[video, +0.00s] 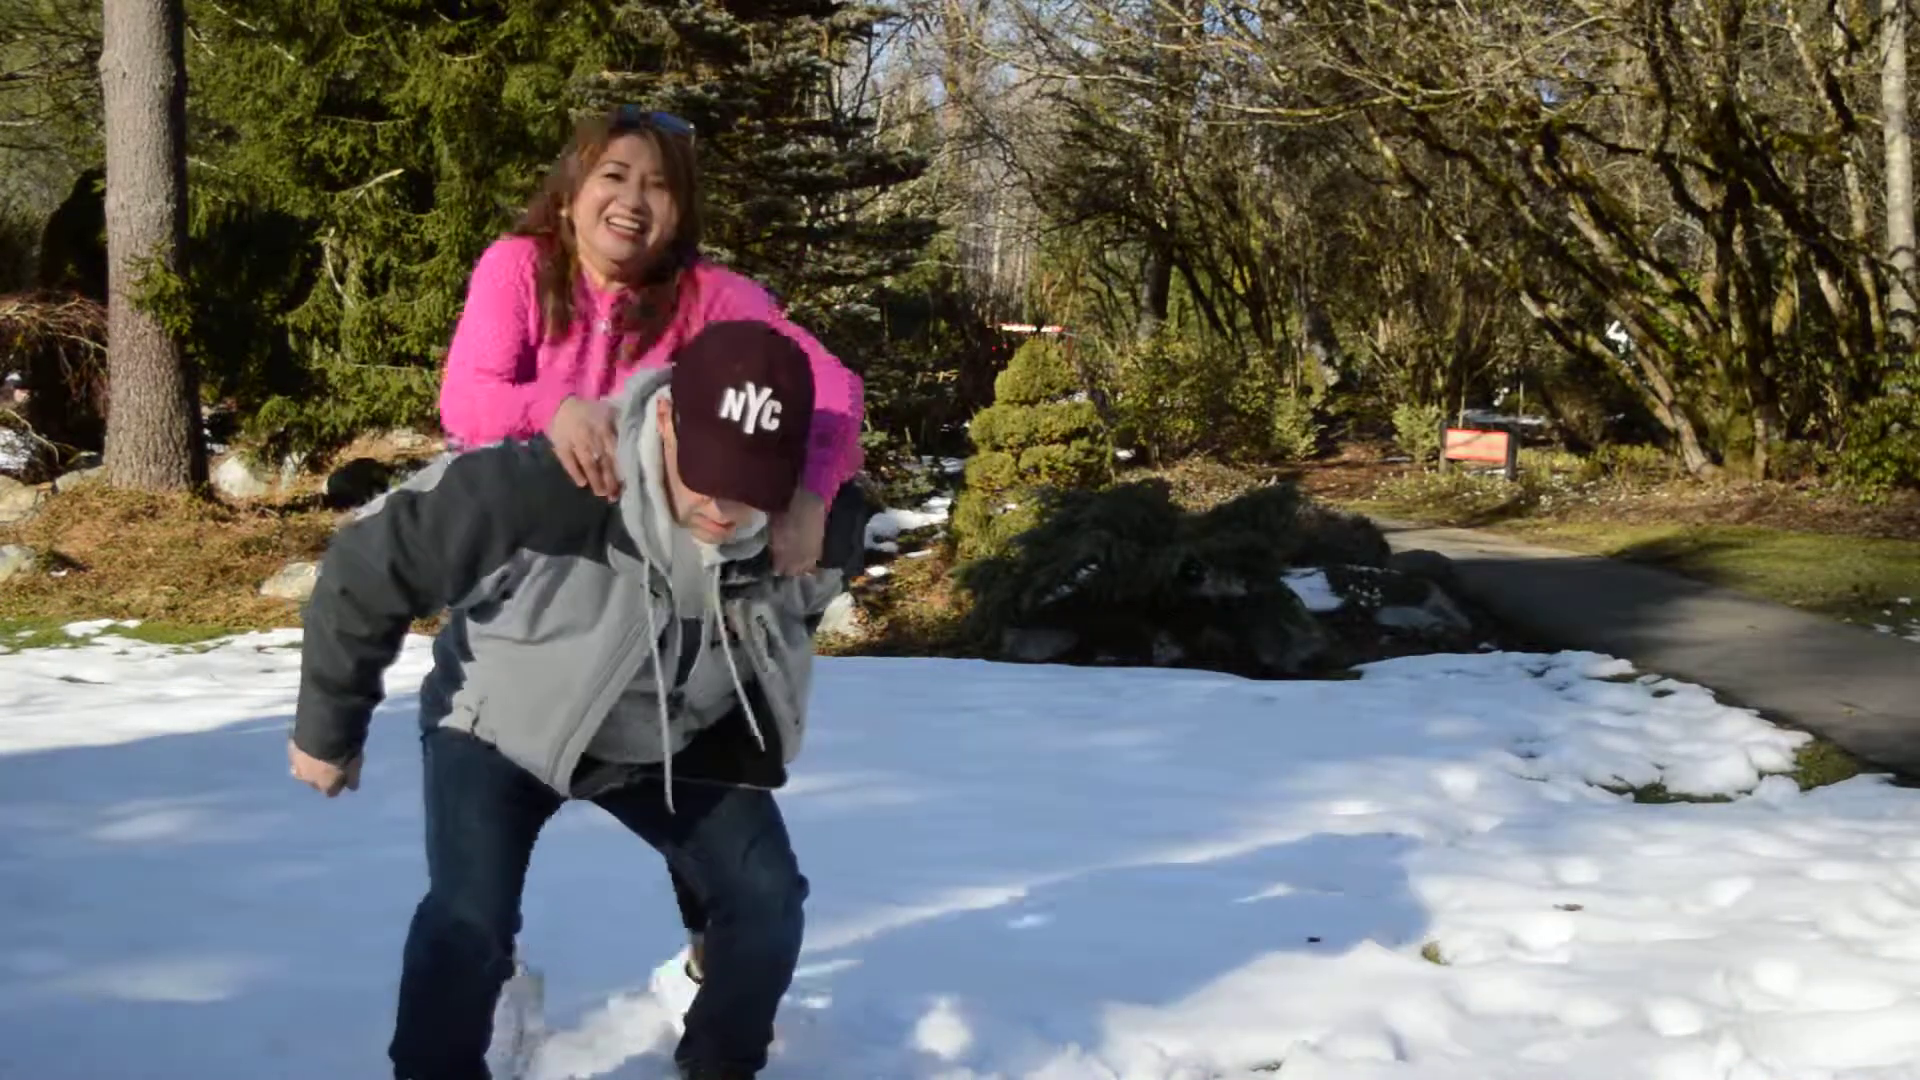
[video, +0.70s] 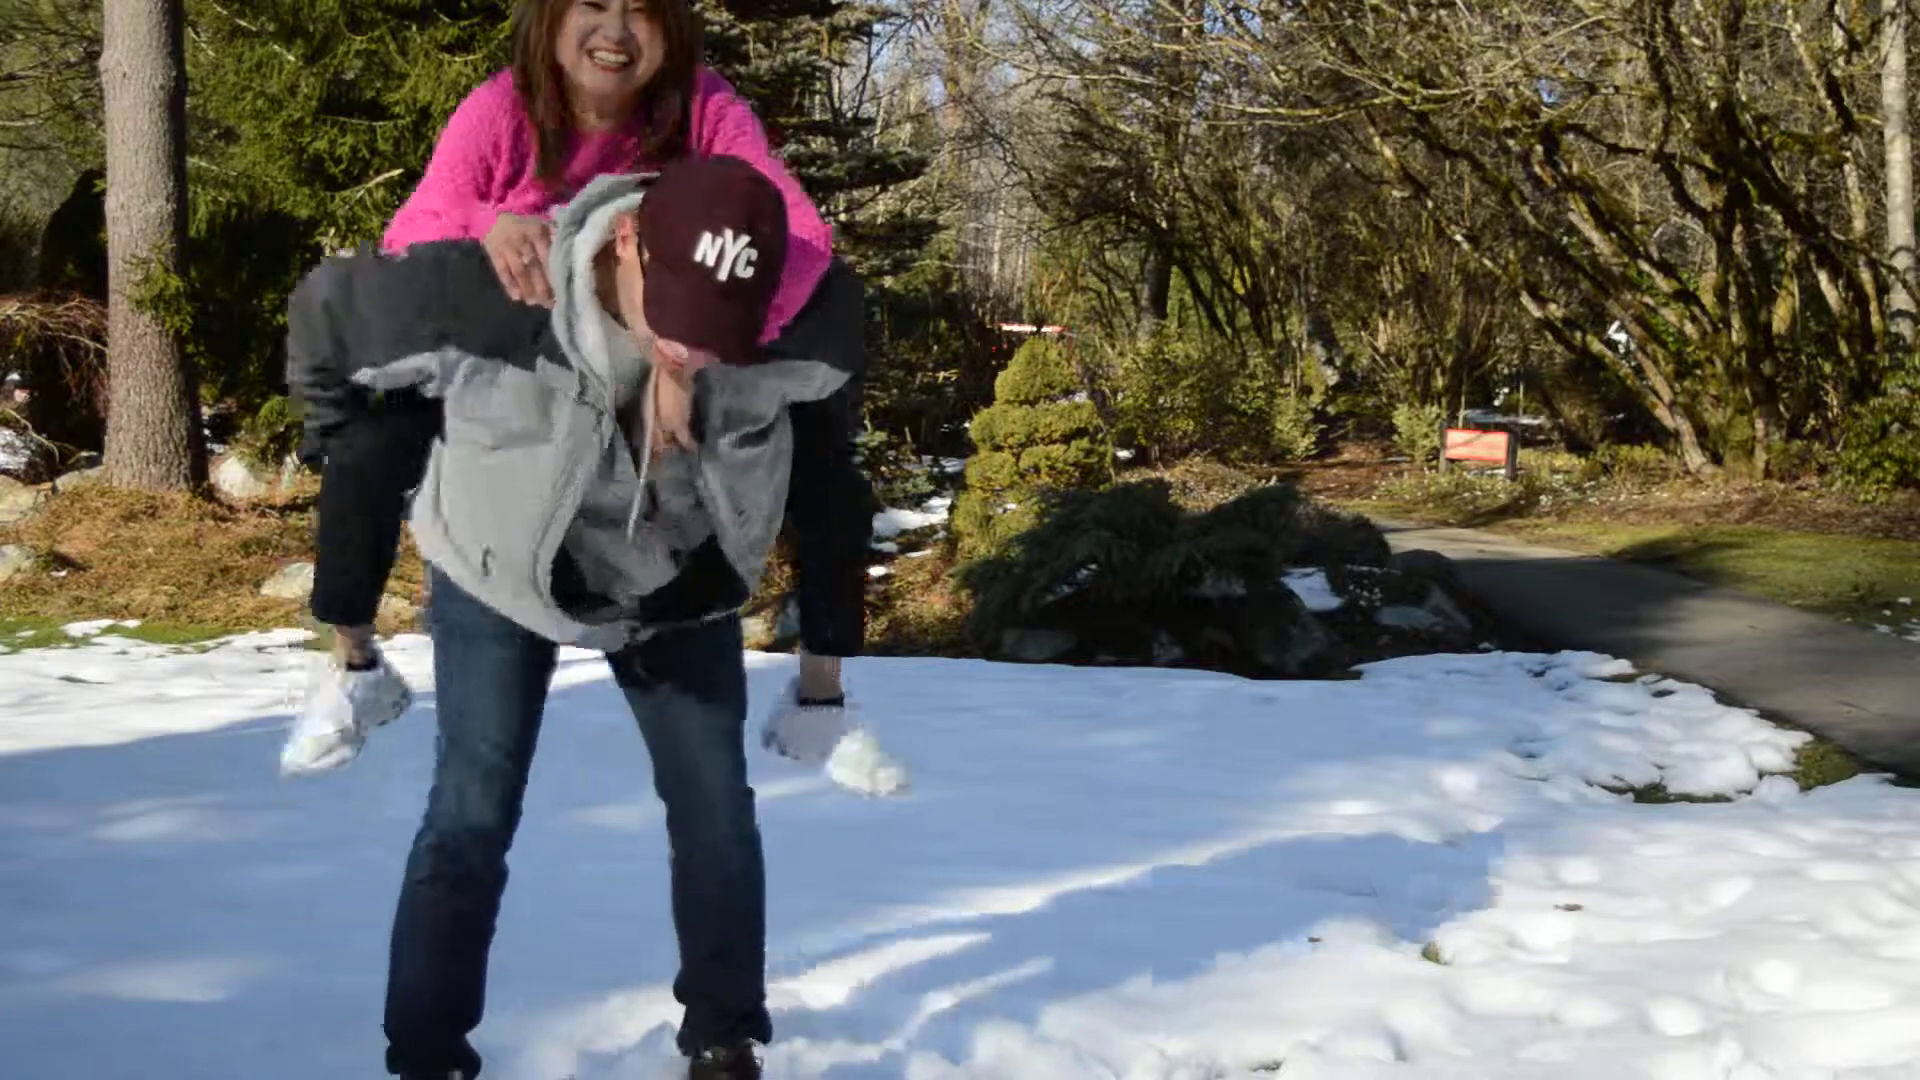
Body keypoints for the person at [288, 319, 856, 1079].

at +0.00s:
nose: (718, 513)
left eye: (747, 496)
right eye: (702, 483)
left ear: (788, 470)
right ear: (666, 419)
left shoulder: (810, 515)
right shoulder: (545, 484)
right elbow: (369, 561)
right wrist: (329, 725)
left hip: (663, 732)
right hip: (503, 720)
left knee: (765, 893)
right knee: (470, 924)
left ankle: (719, 1063)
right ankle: (435, 1070)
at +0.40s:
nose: (734, 544)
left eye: (762, 536)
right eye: (720, 518)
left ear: (803, 490)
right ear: (683, 439)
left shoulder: (822, 509)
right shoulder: (543, 484)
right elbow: (348, 523)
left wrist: (781, 745)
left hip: (669, 642)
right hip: (502, 624)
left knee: (748, 834)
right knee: (505, 864)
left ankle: (721, 1059)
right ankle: (433, 1068)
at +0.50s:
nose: (708, 507)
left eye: (733, 502)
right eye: (697, 481)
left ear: (784, 448)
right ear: (662, 397)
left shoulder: (812, 460)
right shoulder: (531, 442)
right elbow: (360, 478)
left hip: (661, 633)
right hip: (498, 606)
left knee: (753, 821)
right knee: (497, 862)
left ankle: (725, 1053)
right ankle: (432, 1067)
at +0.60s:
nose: (698, 431)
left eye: (726, 420)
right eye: (686, 400)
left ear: (773, 382)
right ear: (649, 326)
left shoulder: (811, 395)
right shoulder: (512, 372)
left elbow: (822, 534)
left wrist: (794, 724)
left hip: (669, 603)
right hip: (498, 590)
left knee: (723, 826)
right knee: (480, 850)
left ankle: (721, 1052)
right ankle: (430, 1069)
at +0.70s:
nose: (690, 356)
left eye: (720, 342)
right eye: (675, 329)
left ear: (764, 300)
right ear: (630, 253)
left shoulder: (814, 326)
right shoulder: (502, 294)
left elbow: (828, 458)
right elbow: (326, 310)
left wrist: (823, 668)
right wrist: (360, 437)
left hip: (677, 561)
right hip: (505, 549)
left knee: (716, 803)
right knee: (475, 807)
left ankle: (726, 1044)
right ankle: (429, 1061)